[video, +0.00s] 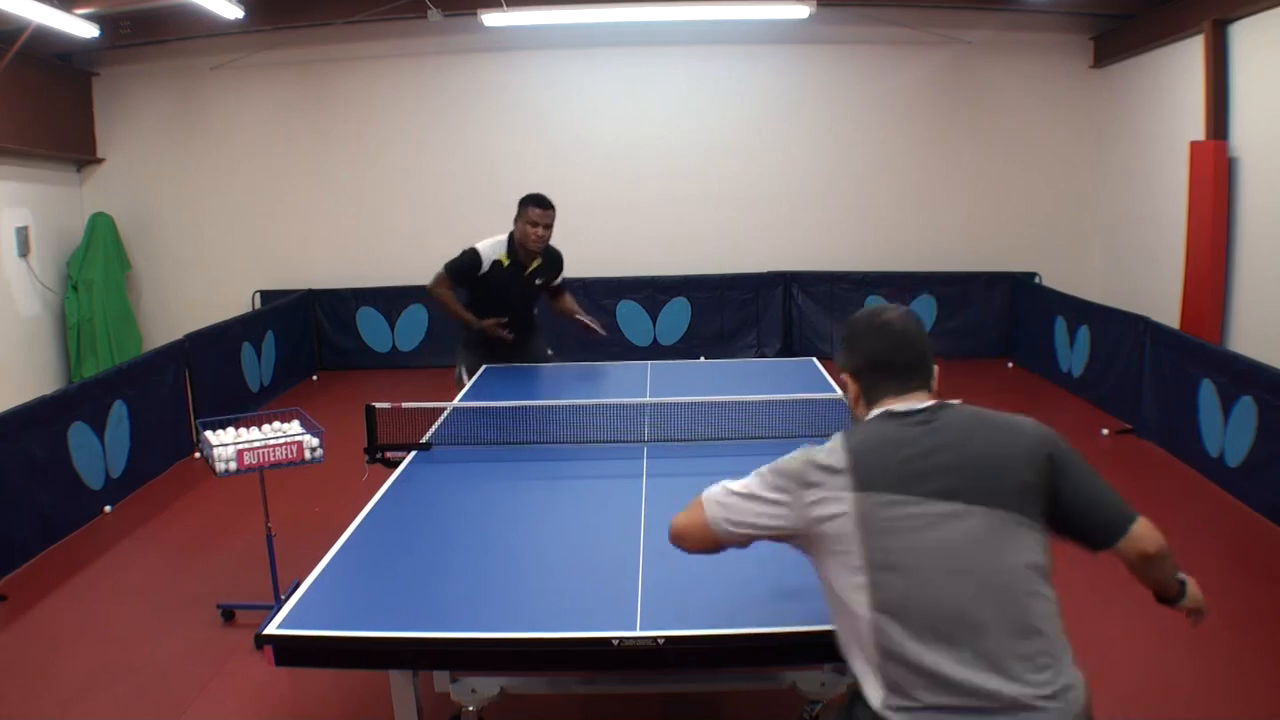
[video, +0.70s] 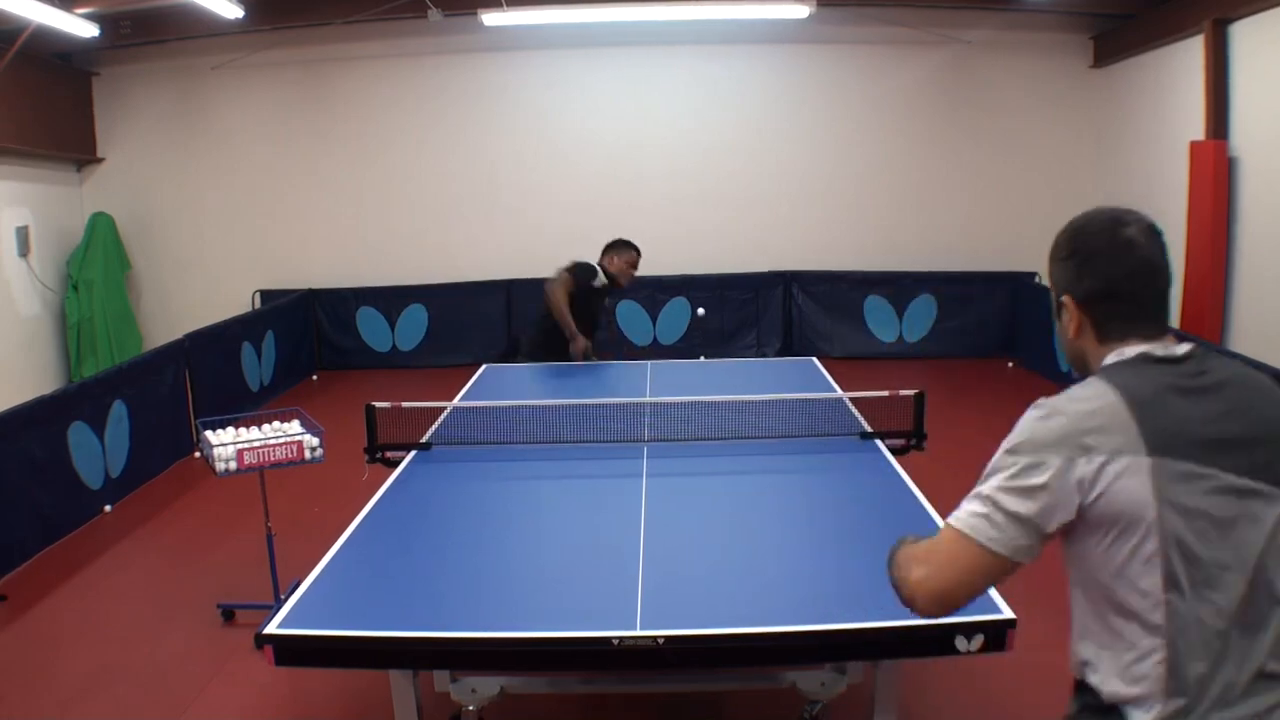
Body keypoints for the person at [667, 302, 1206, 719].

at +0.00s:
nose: (840, 391)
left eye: (838, 382)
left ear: (845, 385)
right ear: (935, 374)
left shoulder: (821, 471)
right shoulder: (1027, 442)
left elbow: (686, 532)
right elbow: (1144, 545)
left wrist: (764, 511)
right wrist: (1174, 590)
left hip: (910, 706)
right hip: (1045, 703)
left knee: (830, 687)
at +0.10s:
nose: (823, 391)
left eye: (823, 383)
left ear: (830, 394)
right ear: (919, 380)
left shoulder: (797, 472)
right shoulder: (992, 440)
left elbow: (728, 509)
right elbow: (1116, 558)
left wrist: (791, 486)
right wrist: (1152, 607)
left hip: (883, 712)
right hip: (1024, 706)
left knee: (821, 693)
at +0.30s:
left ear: (855, 361)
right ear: (948, 348)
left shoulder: (822, 447)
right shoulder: (1026, 419)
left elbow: (781, 483)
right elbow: (1142, 554)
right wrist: (1144, 613)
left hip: (903, 709)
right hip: (1045, 703)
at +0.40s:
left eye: (895, 353)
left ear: (902, 363)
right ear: (998, 353)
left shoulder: (873, 454)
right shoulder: (1077, 439)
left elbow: (782, 518)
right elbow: (1189, 579)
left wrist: (856, 493)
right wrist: (1164, 618)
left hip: (933, 706)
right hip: (1070, 704)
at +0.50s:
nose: (963, 370)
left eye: (964, 357)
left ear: (976, 366)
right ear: (1065, 353)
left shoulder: (942, 473)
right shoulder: (1162, 453)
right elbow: (1241, 577)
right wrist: (1176, 589)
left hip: (991, 708)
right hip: (1132, 709)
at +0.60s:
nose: (1026, 361)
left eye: (1024, 347)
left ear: (1039, 350)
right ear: (1132, 335)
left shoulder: (1032, 458)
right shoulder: (1229, 435)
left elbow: (888, 599)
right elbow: (1258, 552)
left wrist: (885, 545)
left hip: (1074, 706)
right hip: (1212, 705)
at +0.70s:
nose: (1057, 324)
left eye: (1055, 307)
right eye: (1055, 307)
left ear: (1072, 314)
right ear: (1160, 295)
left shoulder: (1078, 421)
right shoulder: (1264, 393)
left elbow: (932, 588)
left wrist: (906, 551)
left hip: (1137, 705)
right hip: (1264, 699)